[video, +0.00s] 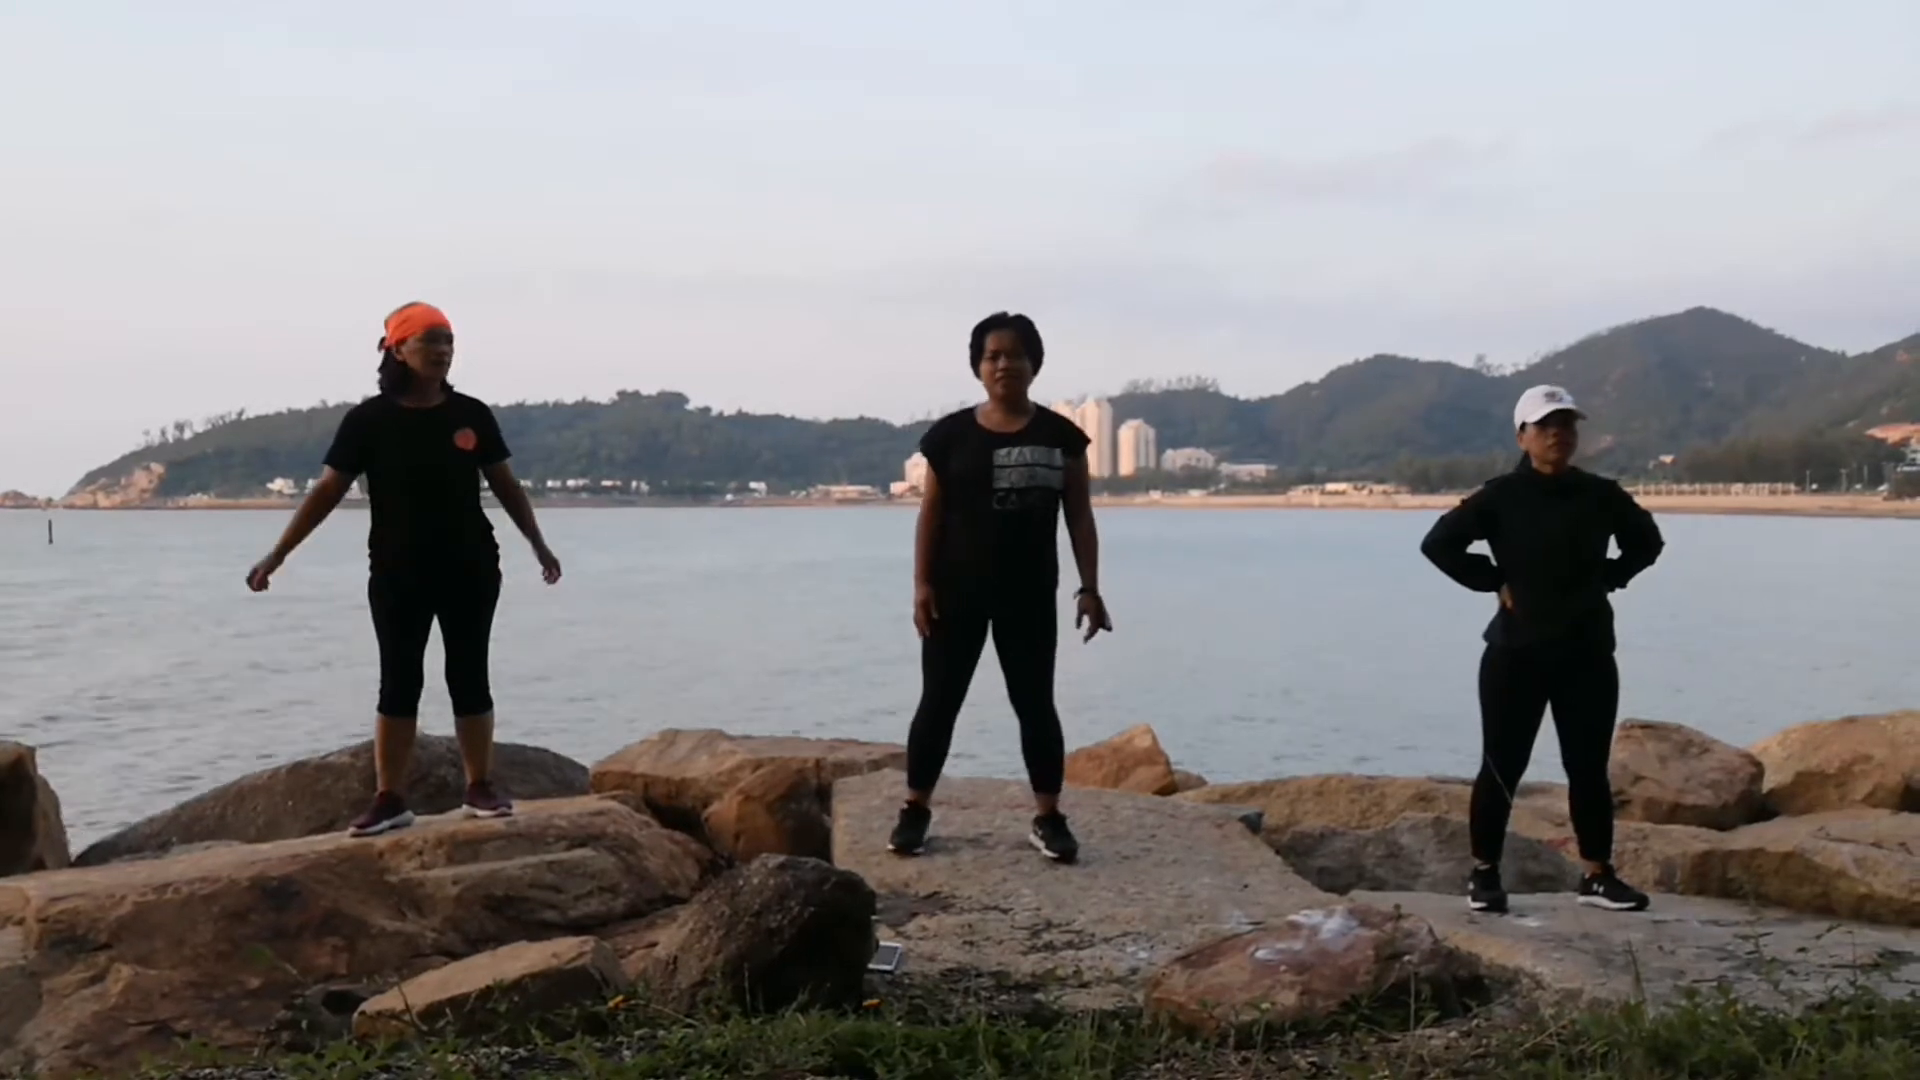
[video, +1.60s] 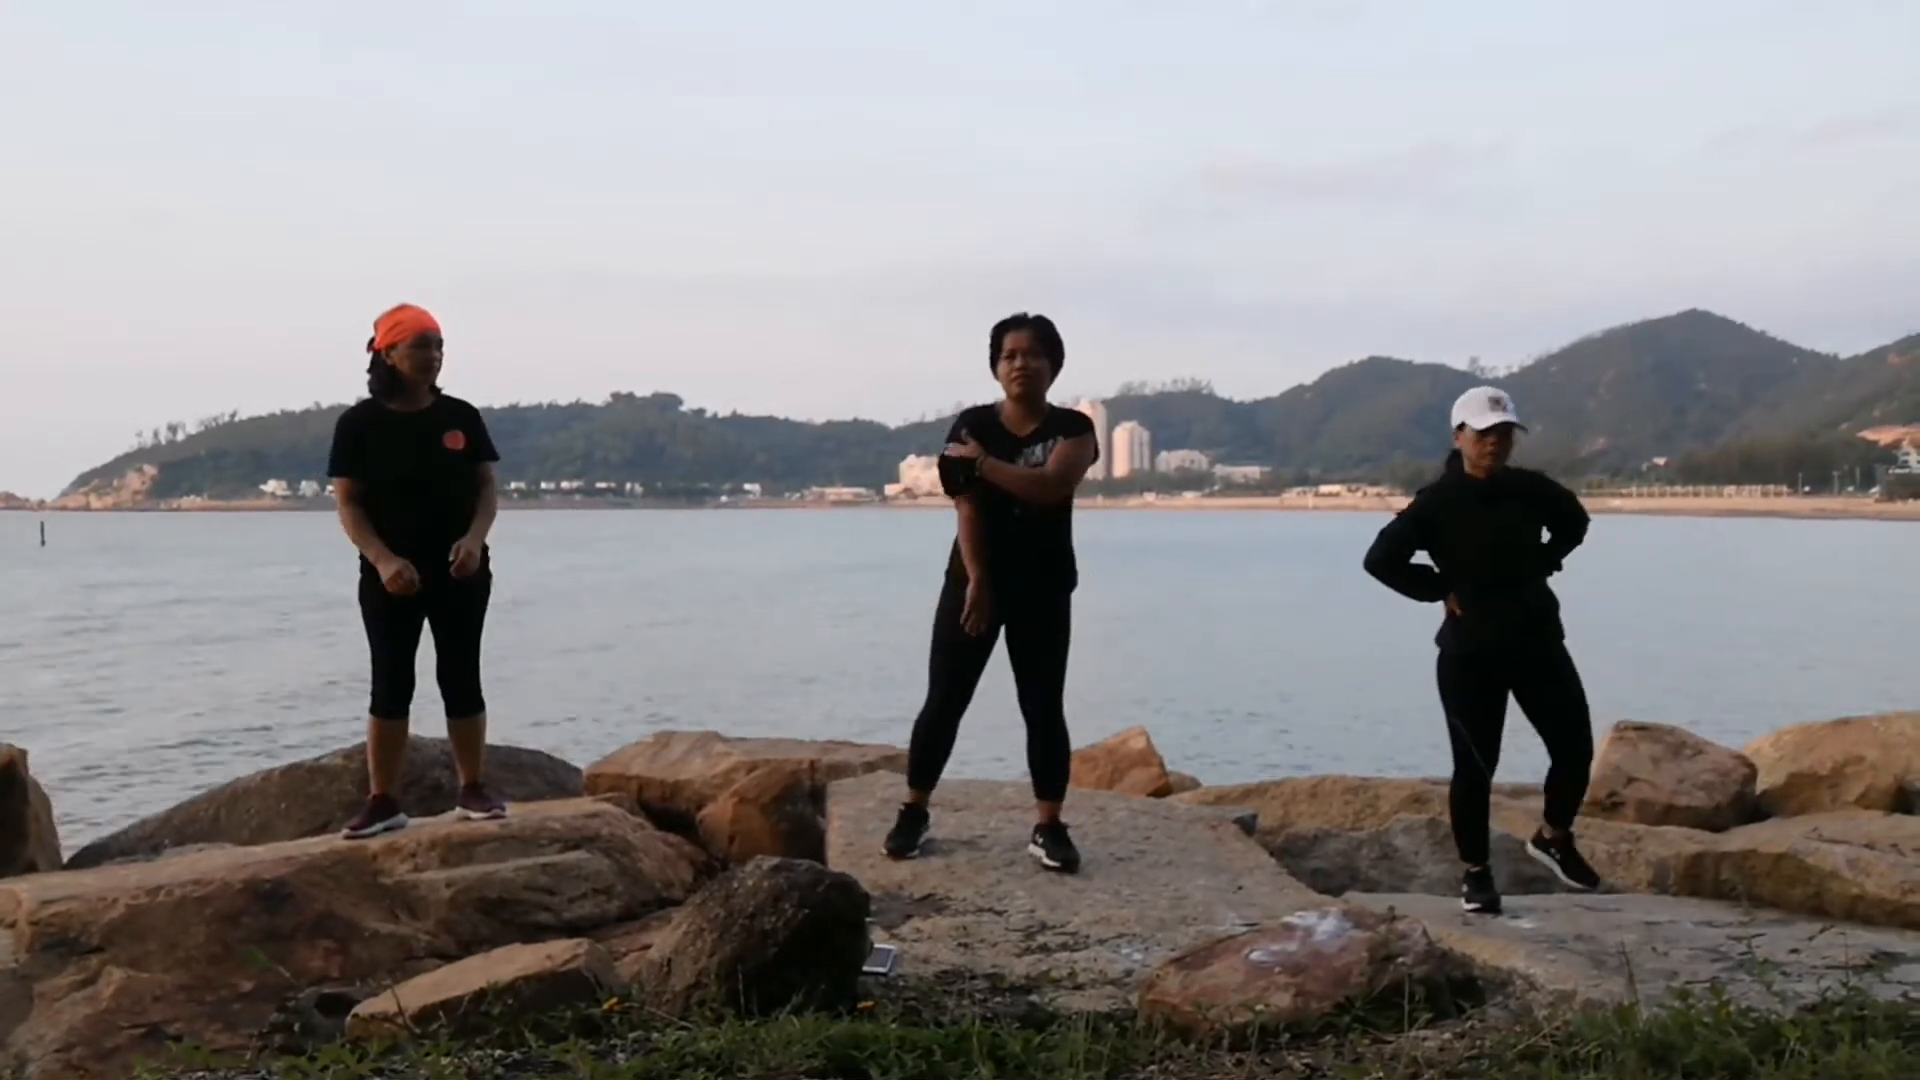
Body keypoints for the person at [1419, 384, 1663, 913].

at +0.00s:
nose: (1560, 435)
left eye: (1567, 426)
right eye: (1548, 426)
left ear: (1576, 433)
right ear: (1523, 435)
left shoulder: (1600, 494)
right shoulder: (1501, 496)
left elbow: (1648, 541)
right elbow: (1438, 545)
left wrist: (1607, 577)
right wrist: (1496, 581)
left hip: (1586, 652)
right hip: (1517, 652)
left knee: (1590, 770)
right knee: (1502, 767)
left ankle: (1598, 875)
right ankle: (1485, 874)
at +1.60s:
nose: (1493, 442)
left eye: (1502, 432)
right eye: (1482, 433)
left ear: (1512, 436)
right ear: (1459, 437)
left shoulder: (1532, 489)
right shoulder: (1437, 502)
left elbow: (1574, 524)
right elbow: (1380, 561)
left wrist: (1542, 565)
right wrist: (1441, 591)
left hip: (1536, 642)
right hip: (1471, 648)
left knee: (1575, 749)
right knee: (1474, 765)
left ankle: (1555, 836)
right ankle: (1476, 873)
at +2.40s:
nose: (1581, 472)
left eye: (1587, 463)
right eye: (1573, 461)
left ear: (1593, 455)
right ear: (1542, 449)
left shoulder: (1591, 499)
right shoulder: (1507, 500)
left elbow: (1604, 548)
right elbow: (1442, 556)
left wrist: (1577, 590)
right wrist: (1498, 595)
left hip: (1580, 648)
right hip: (1516, 649)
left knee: (1613, 768)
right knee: (1496, 769)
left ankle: (1643, 879)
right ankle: (1475, 878)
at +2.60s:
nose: (1619, 466)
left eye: (1628, 457)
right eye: (1609, 455)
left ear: (1639, 448)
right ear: (1584, 439)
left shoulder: (1644, 494)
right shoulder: (1547, 492)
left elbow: (1677, 542)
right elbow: (1476, 538)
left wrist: (1636, 577)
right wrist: (1527, 577)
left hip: (1620, 649)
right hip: (1551, 648)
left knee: (1634, 767)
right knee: (1522, 764)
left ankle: (1645, 880)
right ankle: (1481, 872)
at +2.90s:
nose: (1623, 446)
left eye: (1636, 437)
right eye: (1615, 435)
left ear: (1652, 443)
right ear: (1599, 436)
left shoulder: (1667, 498)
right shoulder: (1564, 490)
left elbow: (1710, 548)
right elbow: (1495, 530)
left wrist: (1662, 578)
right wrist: (1544, 575)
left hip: (1636, 652)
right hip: (1564, 649)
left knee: (1638, 770)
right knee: (1541, 764)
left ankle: (1645, 882)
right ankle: (1507, 882)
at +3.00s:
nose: (1613, 443)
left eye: (1625, 434)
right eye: (1605, 431)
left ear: (1644, 441)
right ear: (1589, 434)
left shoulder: (1659, 497)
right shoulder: (1556, 492)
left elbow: (1701, 546)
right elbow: (1488, 535)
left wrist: (1653, 578)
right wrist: (1539, 578)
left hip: (1631, 651)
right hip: (1560, 648)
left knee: (1635, 770)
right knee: (1537, 766)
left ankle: (1644, 882)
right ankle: (1506, 883)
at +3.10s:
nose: (1599, 441)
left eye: (1611, 431)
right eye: (1590, 430)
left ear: (1630, 440)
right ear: (1574, 435)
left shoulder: (1647, 498)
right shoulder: (1543, 494)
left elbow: (1685, 545)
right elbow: (1477, 539)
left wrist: (1640, 578)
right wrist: (1528, 580)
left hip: (1622, 653)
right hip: (1552, 651)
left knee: (1630, 770)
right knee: (1533, 768)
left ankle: (1643, 881)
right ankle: (1506, 884)